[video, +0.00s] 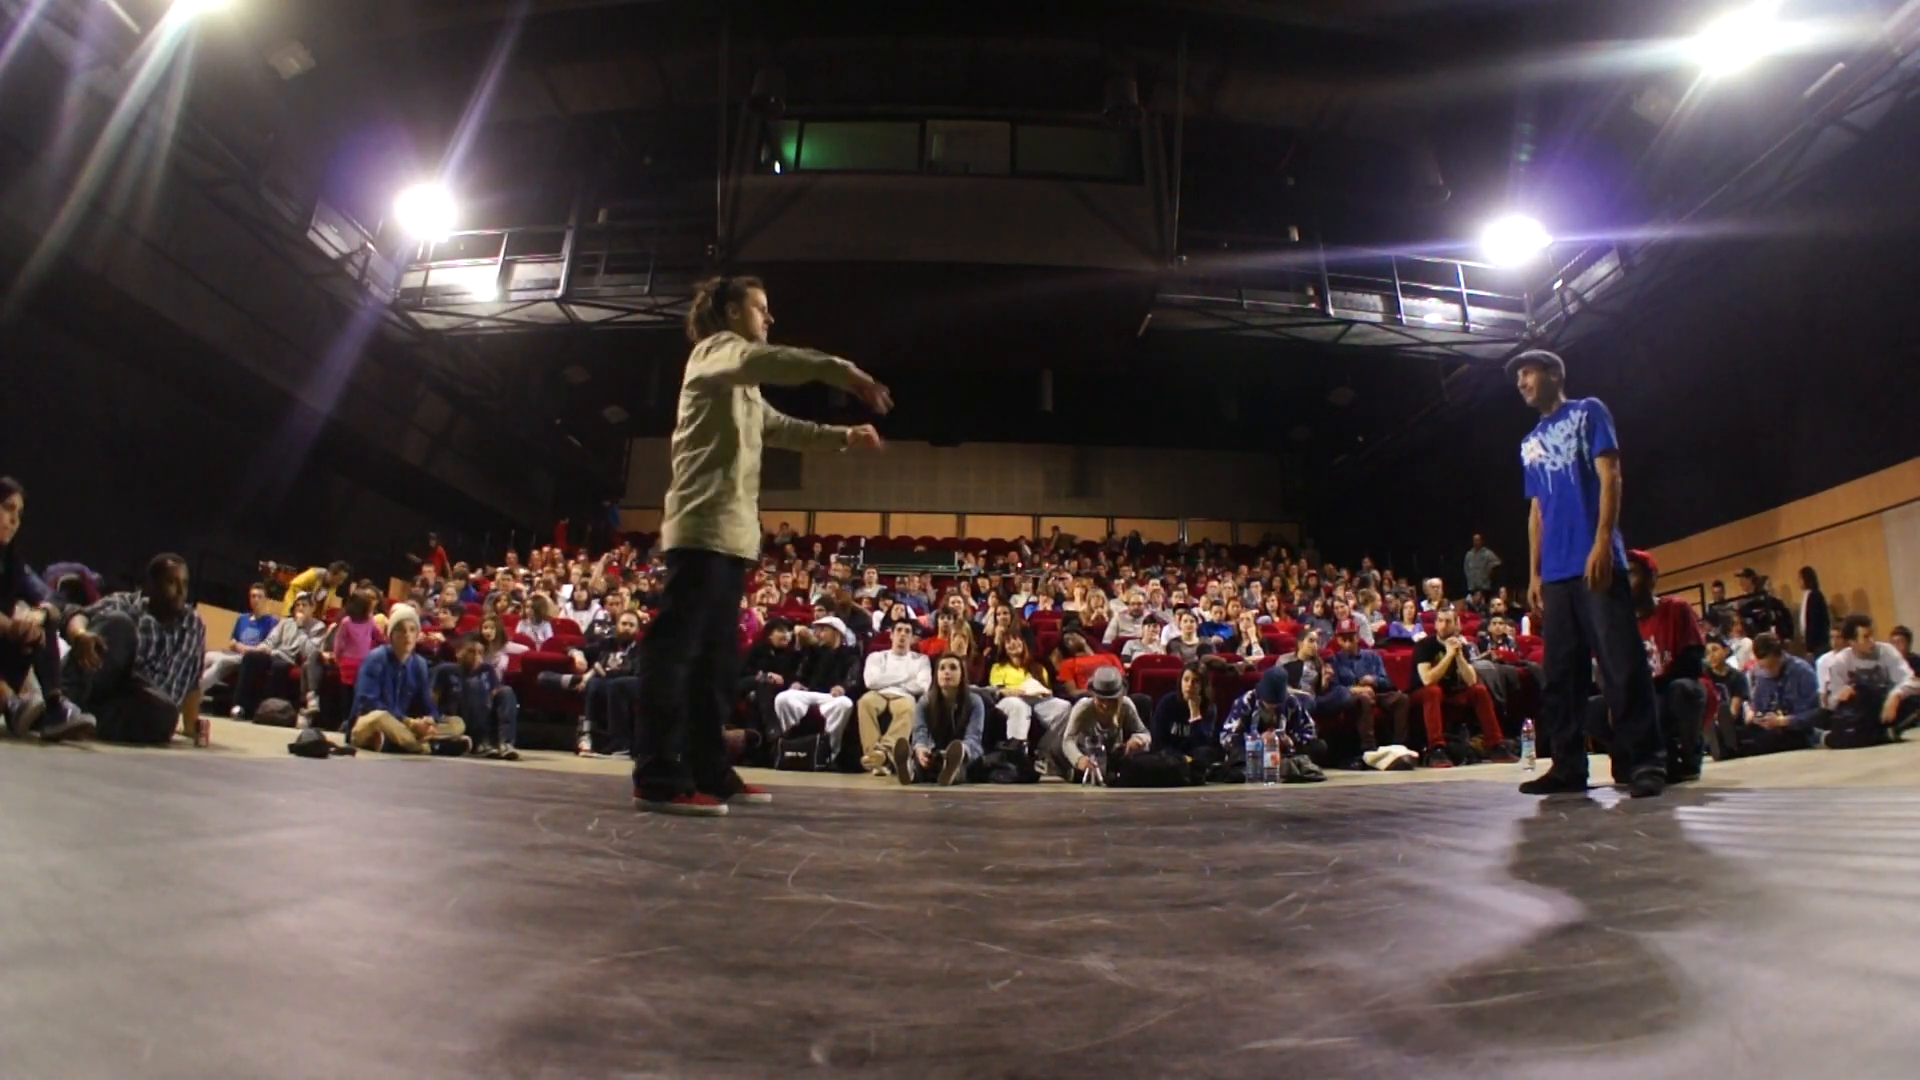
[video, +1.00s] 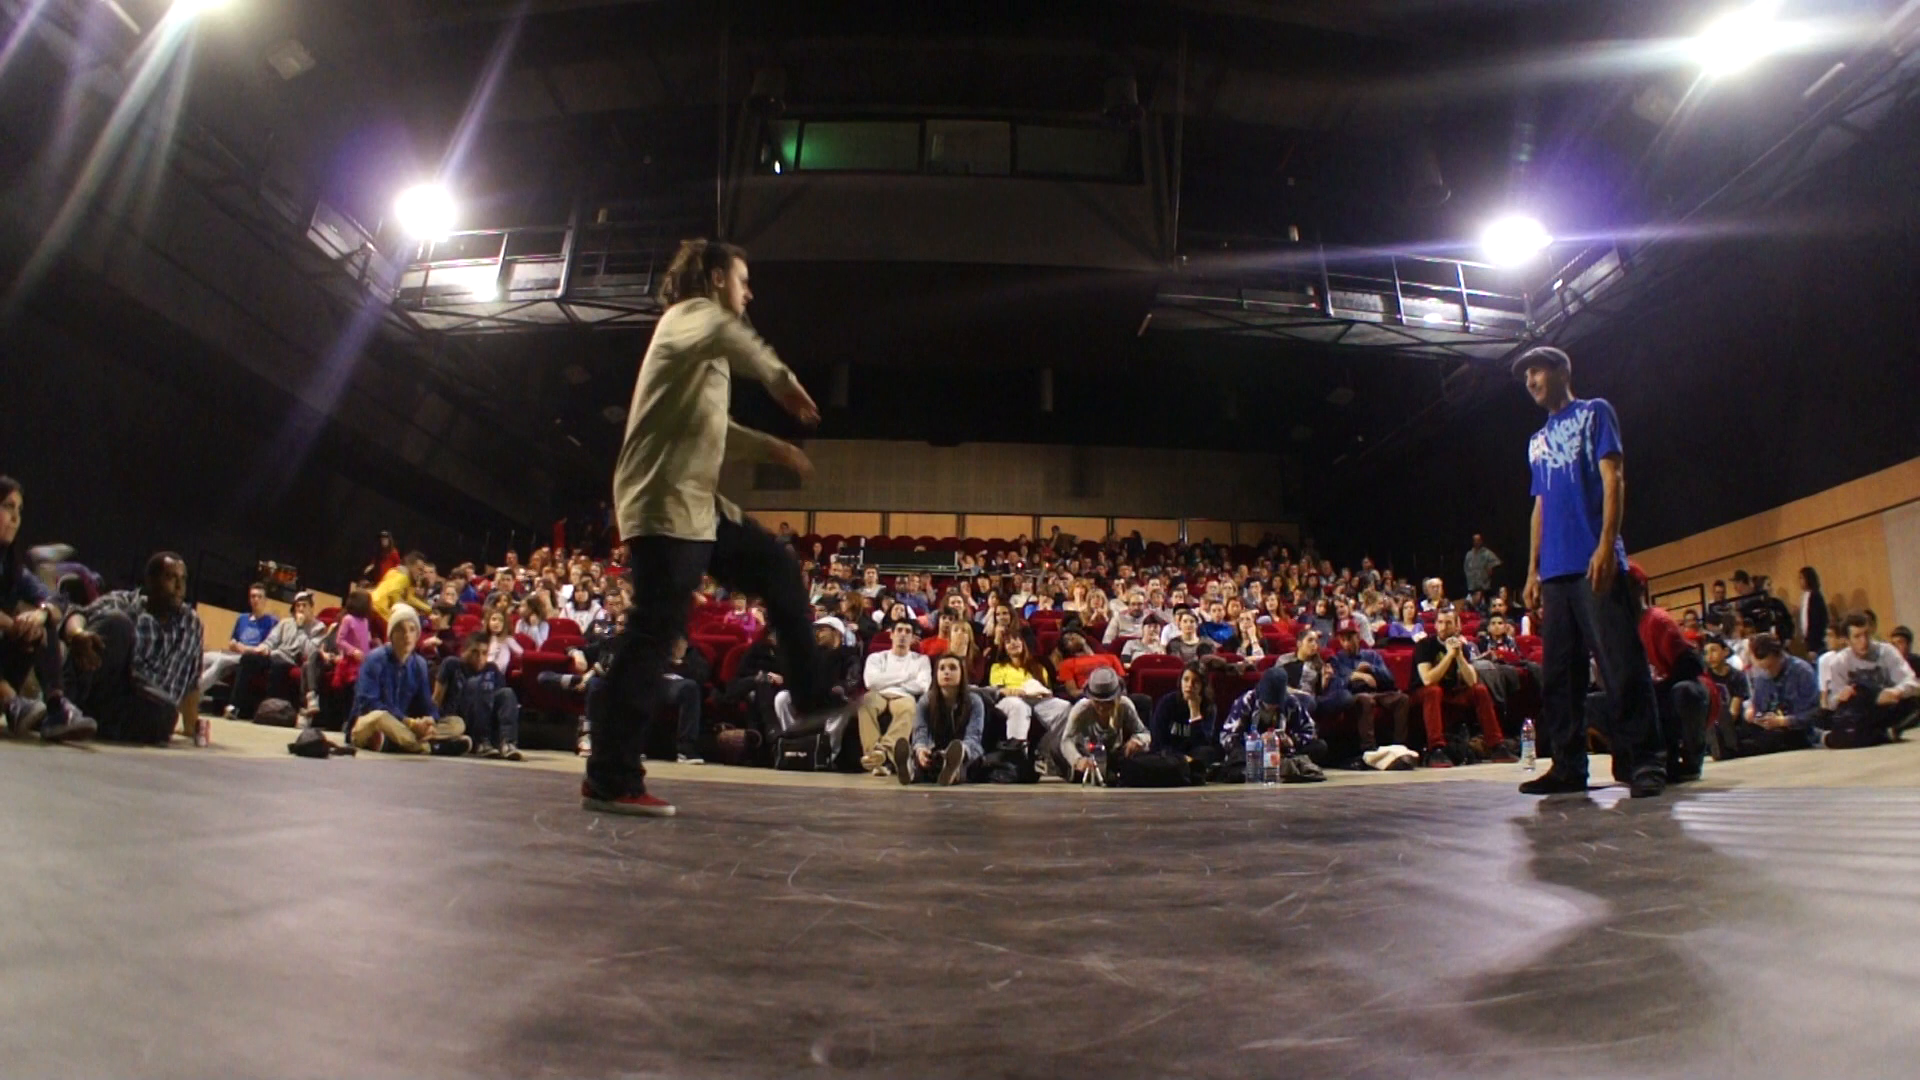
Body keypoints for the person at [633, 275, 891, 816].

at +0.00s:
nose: (769, 319)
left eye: (768, 311)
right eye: (761, 308)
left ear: (743, 315)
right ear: (729, 312)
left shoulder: (744, 379)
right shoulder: (714, 351)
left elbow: (779, 426)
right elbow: (768, 360)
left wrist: (844, 435)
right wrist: (848, 372)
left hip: (732, 534)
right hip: (703, 529)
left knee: (717, 658)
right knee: (675, 651)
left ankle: (709, 772)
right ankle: (658, 778)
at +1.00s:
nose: (748, 293)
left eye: (748, 283)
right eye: (742, 281)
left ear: (704, 281)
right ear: (714, 279)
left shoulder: (703, 338)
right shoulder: (694, 314)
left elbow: (708, 428)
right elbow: (738, 341)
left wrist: (773, 448)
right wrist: (786, 385)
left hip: (697, 503)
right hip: (665, 502)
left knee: (775, 565)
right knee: (652, 637)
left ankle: (810, 686)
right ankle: (611, 778)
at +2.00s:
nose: (754, 330)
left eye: (757, 320)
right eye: (752, 316)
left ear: (718, 306)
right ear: (726, 301)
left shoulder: (686, 343)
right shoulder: (703, 337)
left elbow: (713, 437)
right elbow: (706, 405)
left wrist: (781, 450)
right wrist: (743, 479)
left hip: (675, 525)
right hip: (666, 523)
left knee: (701, 651)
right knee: (652, 649)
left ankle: (693, 769)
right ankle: (593, 774)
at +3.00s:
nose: (743, 300)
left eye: (745, 293)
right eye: (736, 288)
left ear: (732, 300)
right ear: (705, 285)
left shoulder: (729, 343)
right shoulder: (675, 309)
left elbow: (763, 369)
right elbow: (695, 344)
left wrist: (787, 342)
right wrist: (757, 369)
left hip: (705, 503)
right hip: (662, 492)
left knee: (697, 638)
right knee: (664, 622)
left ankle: (688, 772)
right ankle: (609, 768)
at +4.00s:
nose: (769, 322)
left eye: (773, 315)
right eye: (764, 308)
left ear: (764, 314)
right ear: (736, 293)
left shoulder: (744, 346)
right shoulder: (698, 309)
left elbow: (779, 338)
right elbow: (676, 256)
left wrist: (825, 321)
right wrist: (744, 206)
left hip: (734, 497)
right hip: (691, 488)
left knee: (779, 627)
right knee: (744, 613)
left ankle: (754, 750)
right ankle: (654, 738)